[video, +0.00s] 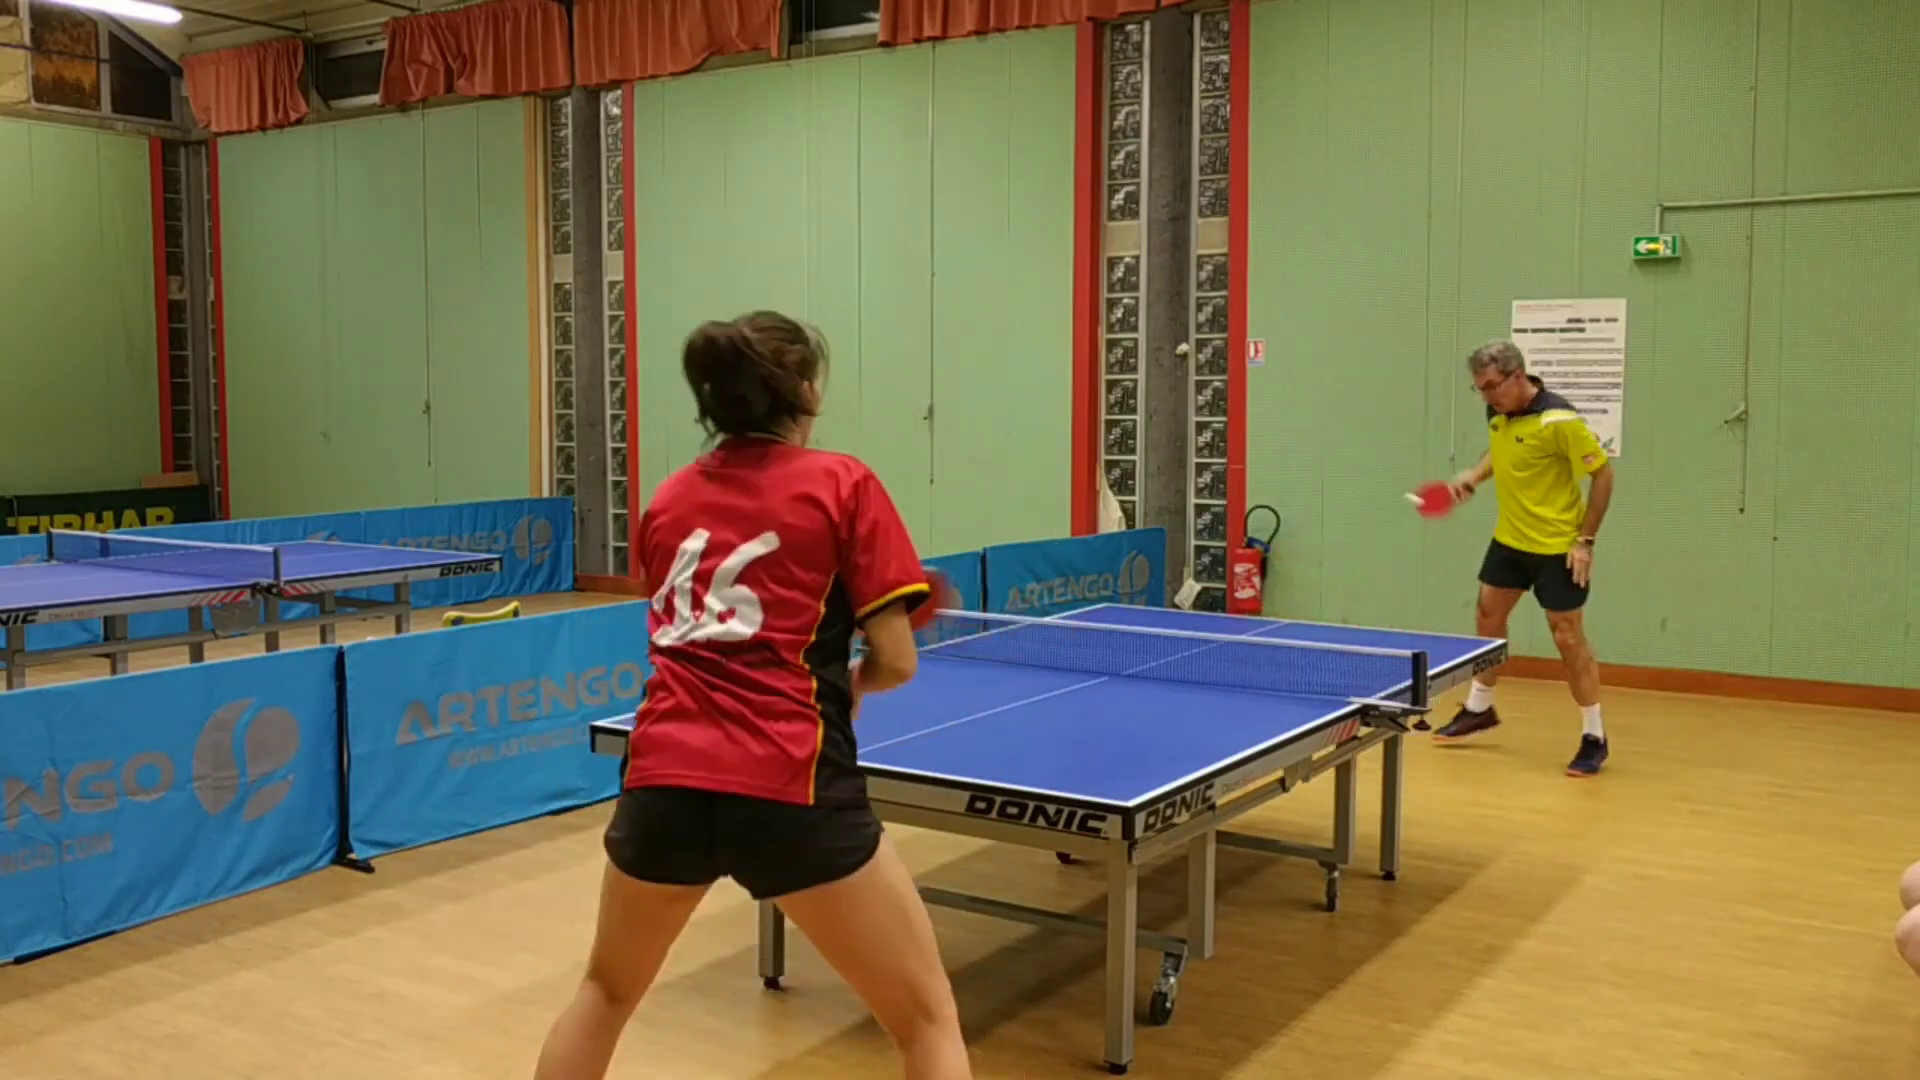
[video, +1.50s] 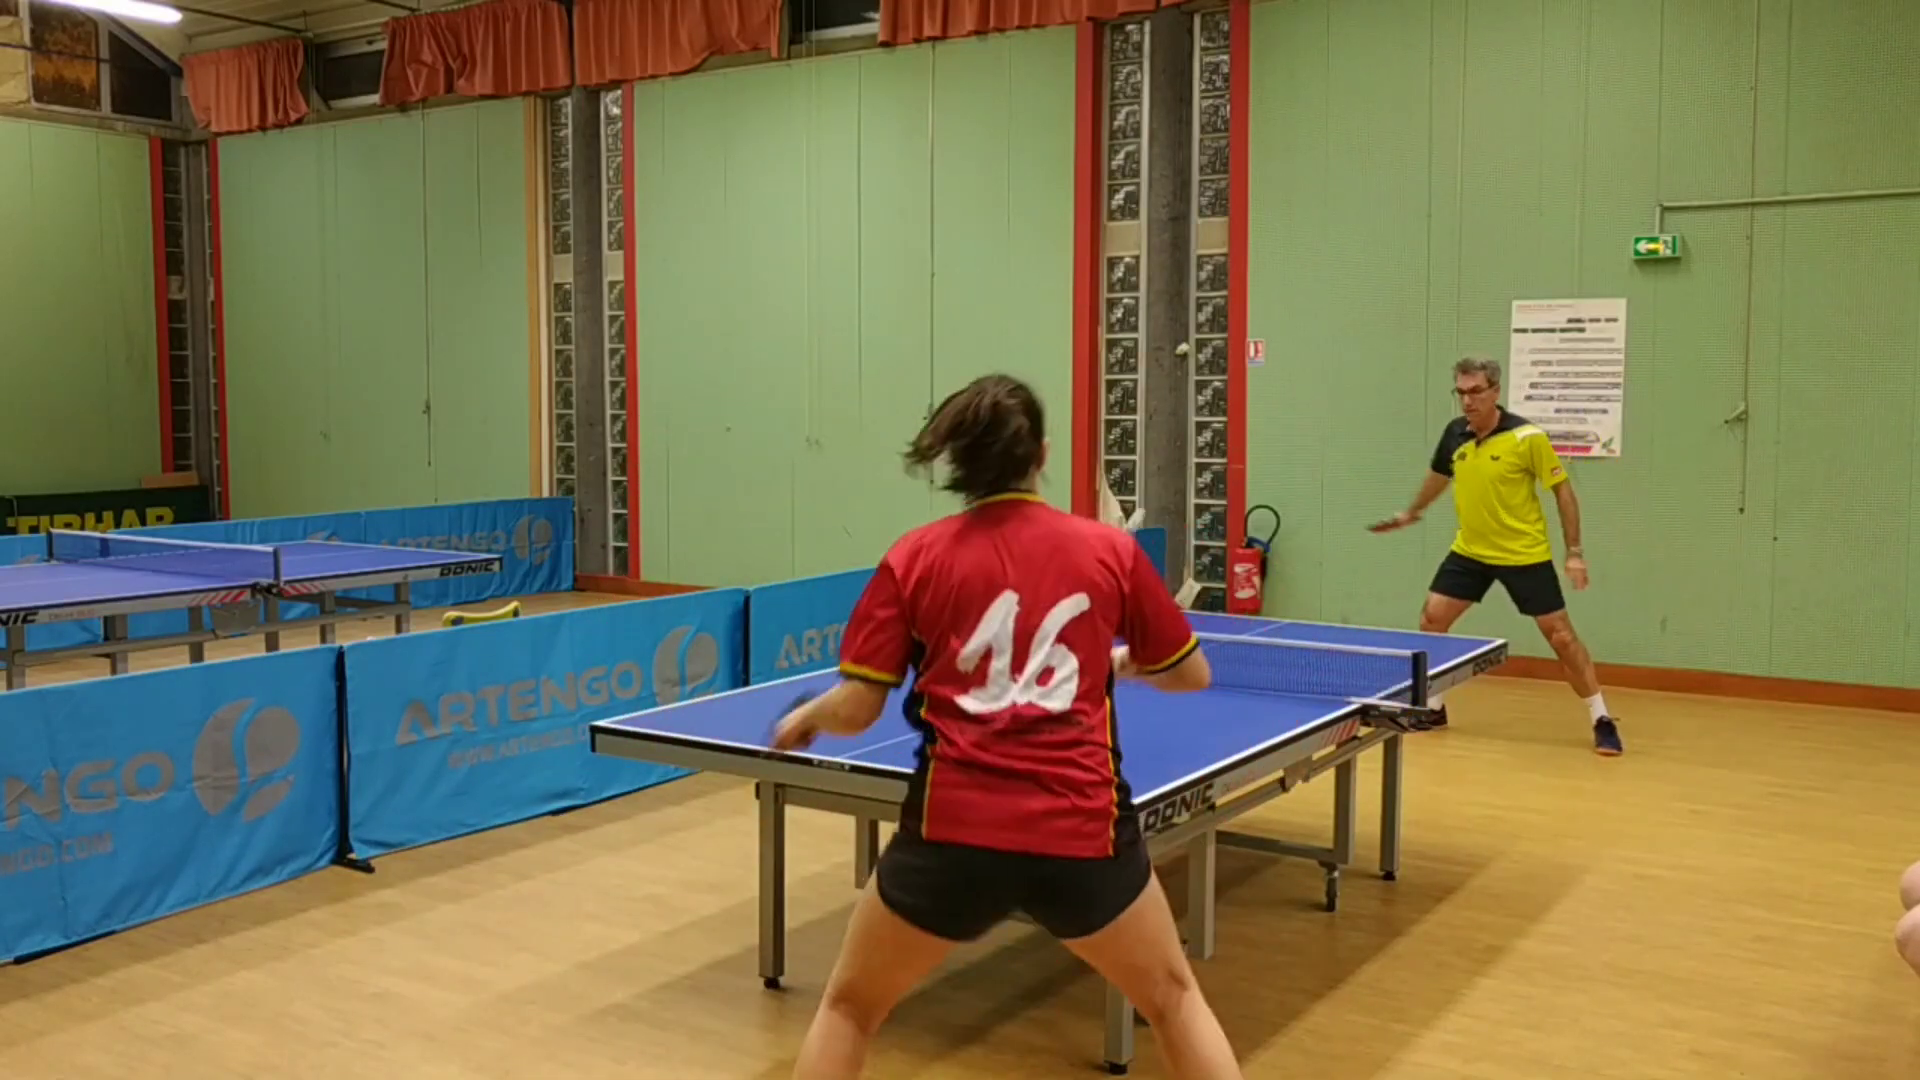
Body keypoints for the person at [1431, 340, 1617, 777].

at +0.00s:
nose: (1486, 399)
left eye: (1491, 388)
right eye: (1481, 390)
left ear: (1519, 377)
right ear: (1487, 387)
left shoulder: (1559, 419)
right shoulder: (1500, 413)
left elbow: (1603, 475)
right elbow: (1501, 453)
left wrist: (1585, 540)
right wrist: (1474, 476)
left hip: (1557, 548)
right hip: (1510, 540)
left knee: (1569, 639)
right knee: (1488, 614)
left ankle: (1594, 736)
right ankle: (1479, 706)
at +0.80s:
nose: (1490, 409)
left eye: (1498, 400)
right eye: (1483, 401)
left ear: (1518, 397)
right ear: (1478, 401)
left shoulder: (1552, 438)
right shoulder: (1481, 438)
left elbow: (1583, 494)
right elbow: (1483, 486)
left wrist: (1570, 548)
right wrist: (1475, 527)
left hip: (1558, 552)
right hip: (1510, 548)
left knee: (1576, 637)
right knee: (1471, 614)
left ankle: (1607, 719)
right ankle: (1442, 700)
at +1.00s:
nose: (1474, 422)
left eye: (1481, 413)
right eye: (1468, 414)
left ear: (1504, 410)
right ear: (1464, 415)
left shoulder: (1543, 450)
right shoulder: (1466, 450)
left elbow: (1569, 505)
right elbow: (1465, 503)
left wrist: (1570, 556)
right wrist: (1444, 550)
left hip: (1541, 558)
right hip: (1486, 553)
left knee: (1570, 641)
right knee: (1445, 617)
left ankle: (1605, 720)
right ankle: (1433, 706)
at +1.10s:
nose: (1458, 412)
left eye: (1464, 403)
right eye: (1453, 404)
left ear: (1492, 400)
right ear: (1452, 405)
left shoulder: (1532, 439)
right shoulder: (1459, 438)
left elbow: (1562, 493)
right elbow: (1444, 489)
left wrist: (1562, 549)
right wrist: (1396, 523)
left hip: (1531, 552)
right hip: (1478, 548)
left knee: (1563, 636)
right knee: (1439, 613)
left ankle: (1604, 719)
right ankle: (1433, 707)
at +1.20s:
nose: (1449, 404)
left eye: (1456, 394)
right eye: (1445, 396)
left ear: (1482, 393)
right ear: (1445, 396)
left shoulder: (1519, 435)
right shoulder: (1445, 432)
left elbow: (1557, 489)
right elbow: (1400, 469)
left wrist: (1551, 549)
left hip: (1523, 551)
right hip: (1473, 547)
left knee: (1557, 635)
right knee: (1436, 615)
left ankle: (1603, 720)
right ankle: (1433, 705)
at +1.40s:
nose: (1455, 400)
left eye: (1463, 391)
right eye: (1450, 392)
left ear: (1487, 390)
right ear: (1447, 395)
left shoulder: (1521, 435)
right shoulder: (1445, 433)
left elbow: (1558, 487)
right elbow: (1409, 469)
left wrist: (1560, 550)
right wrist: (1365, 496)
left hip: (1518, 554)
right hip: (1464, 551)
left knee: (1557, 637)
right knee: (1429, 620)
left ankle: (1598, 718)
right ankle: (1432, 707)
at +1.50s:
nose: (1467, 401)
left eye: (1474, 393)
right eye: (1461, 394)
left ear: (1496, 392)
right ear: (1457, 395)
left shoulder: (1528, 437)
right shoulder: (1456, 433)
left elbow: (1563, 491)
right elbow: (1437, 477)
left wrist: (1574, 553)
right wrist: (1411, 512)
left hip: (1525, 556)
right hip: (1470, 552)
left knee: (1562, 639)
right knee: (1431, 622)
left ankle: (1601, 718)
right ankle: (1432, 706)